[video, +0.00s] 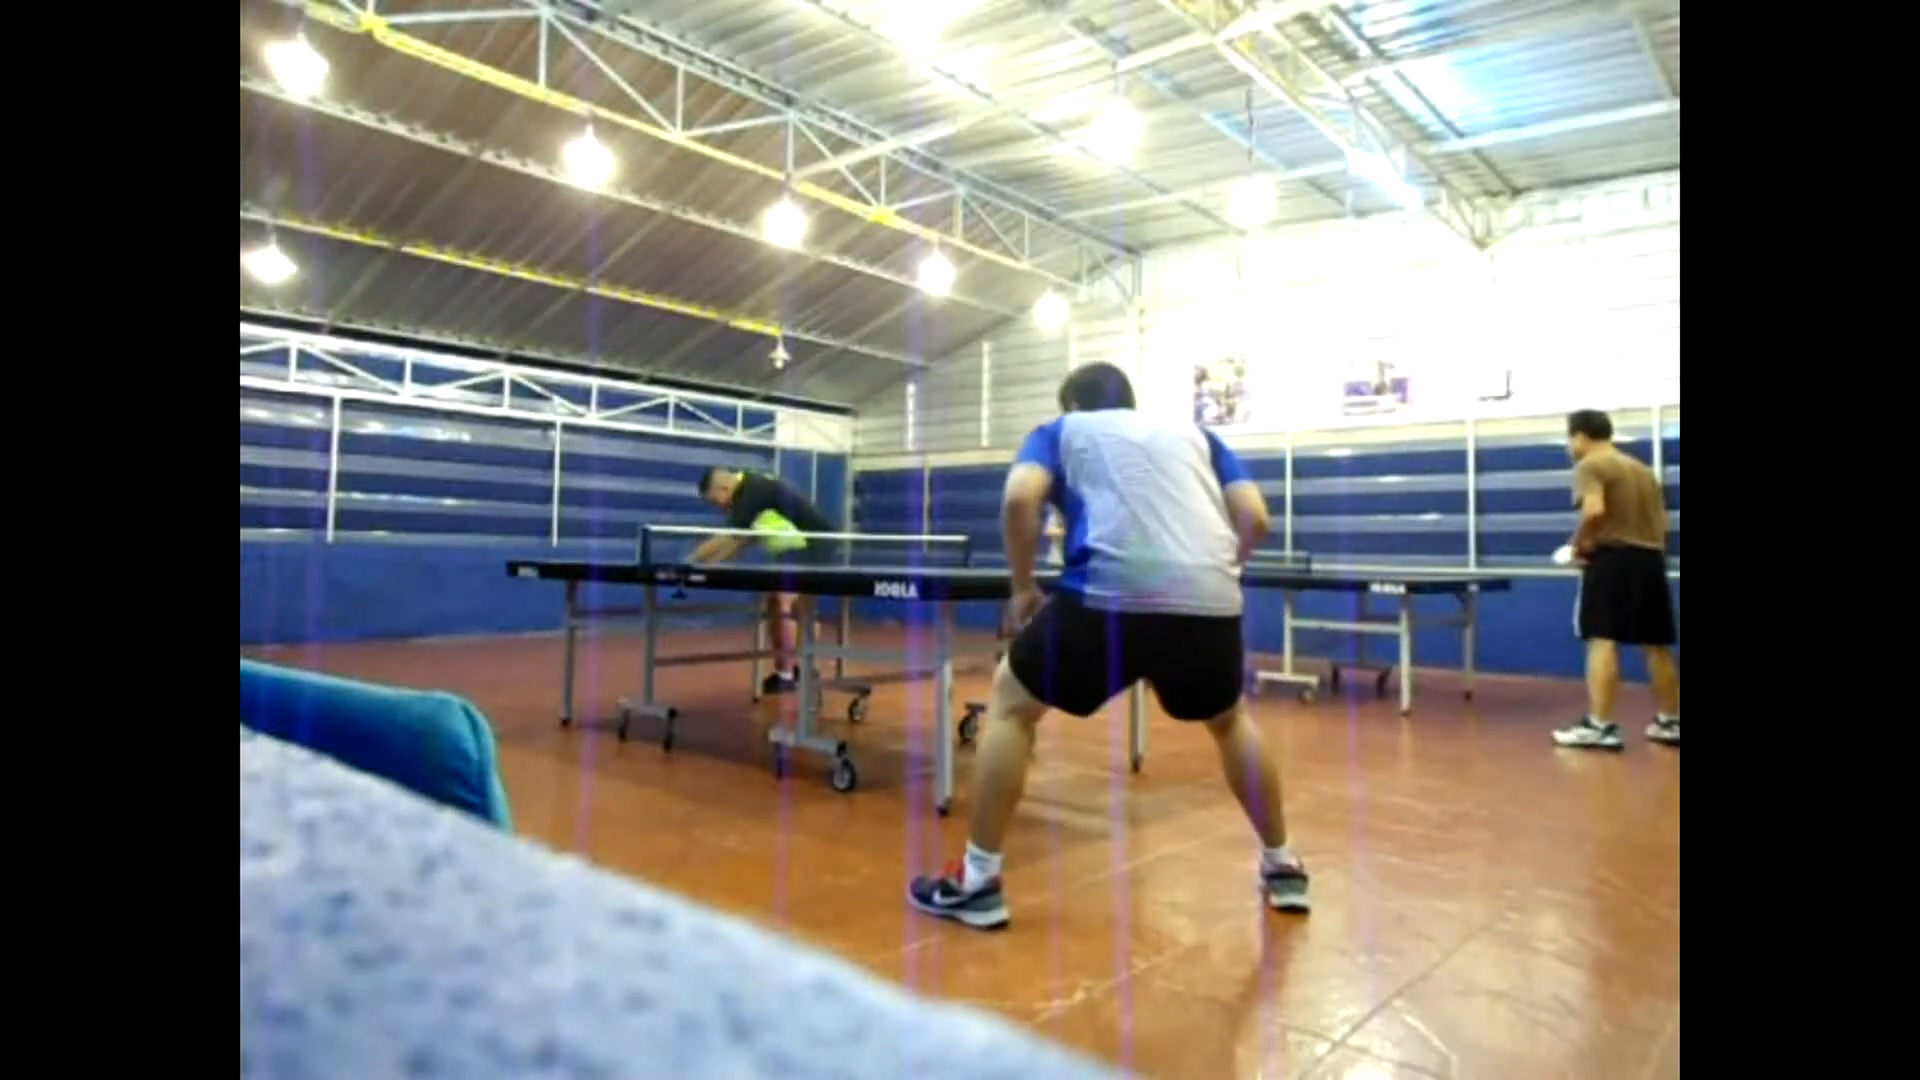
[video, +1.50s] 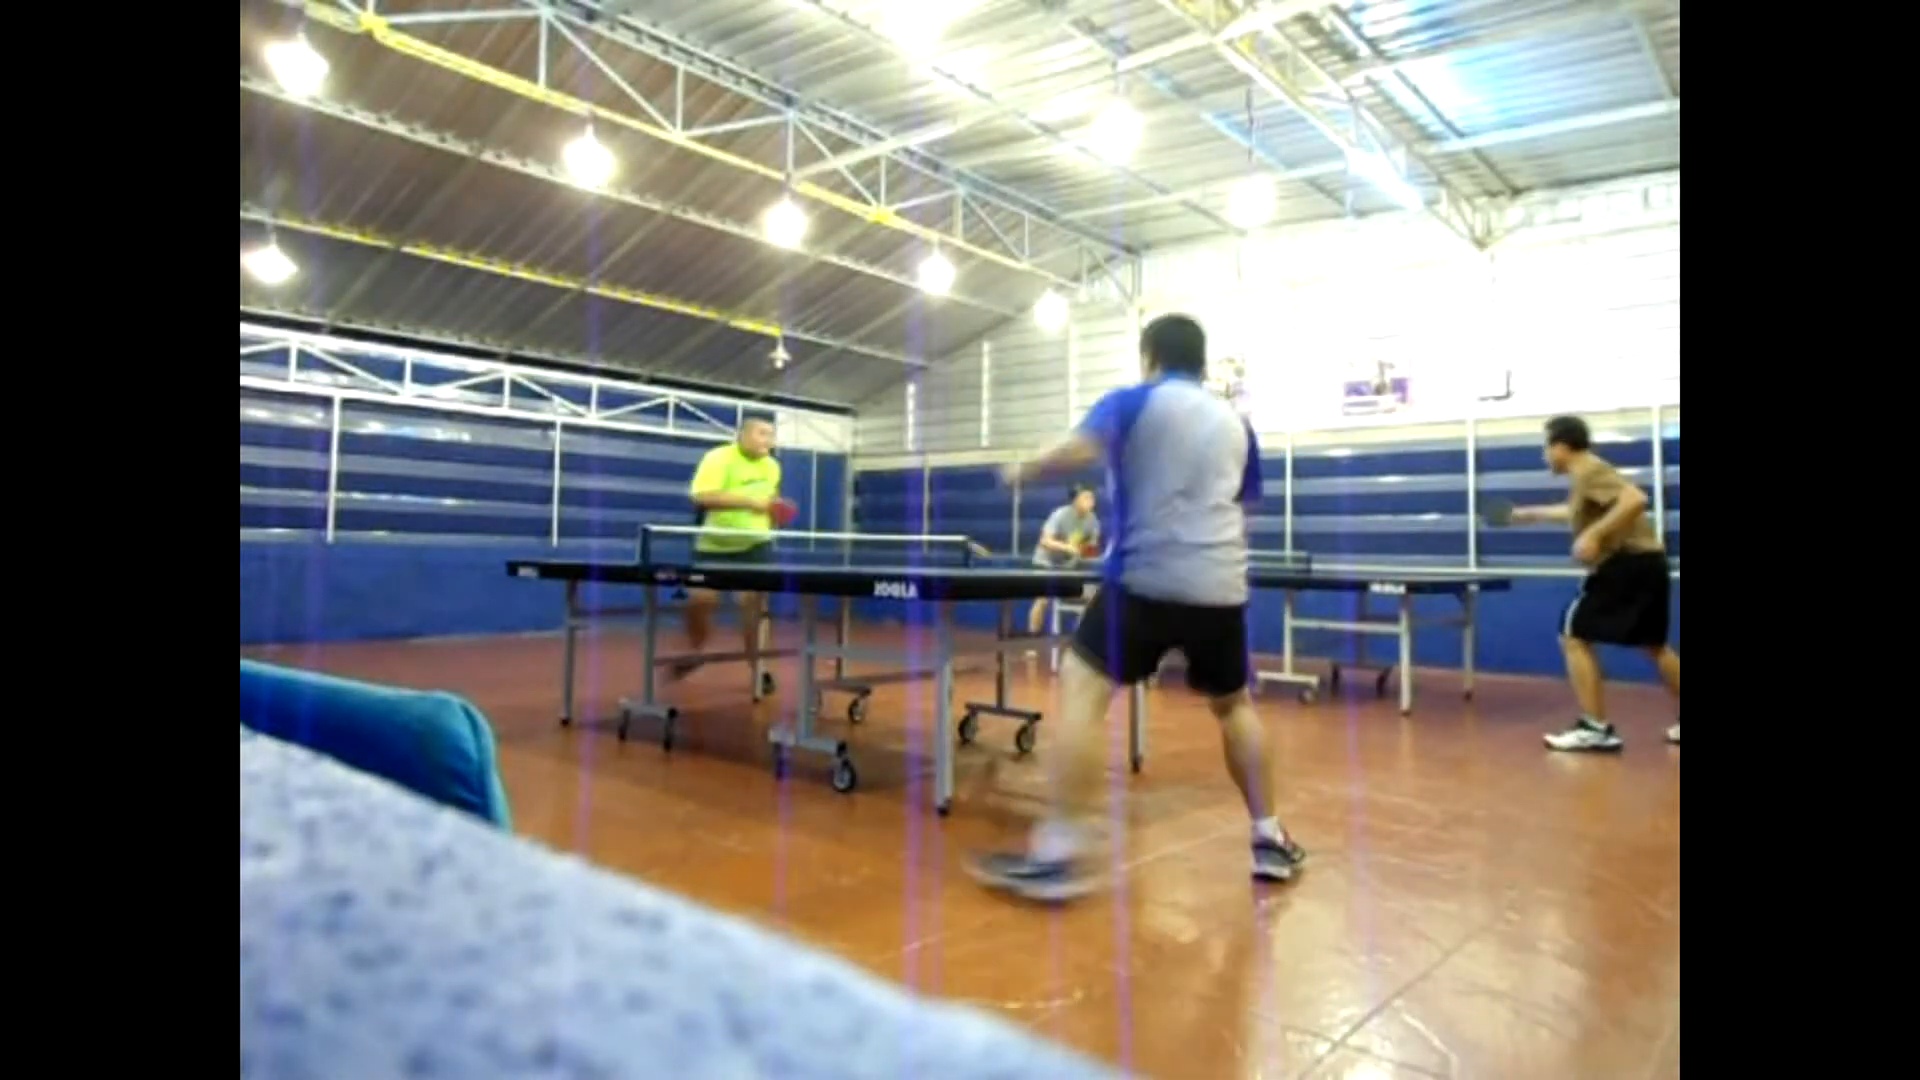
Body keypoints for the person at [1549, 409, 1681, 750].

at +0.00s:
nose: (1570, 446)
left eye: (1572, 438)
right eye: (1570, 439)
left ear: (1584, 437)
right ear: (1606, 435)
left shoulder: (1591, 465)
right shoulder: (1642, 469)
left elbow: (1594, 511)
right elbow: (1660, 521)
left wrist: (1579, 543)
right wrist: (1644, 544)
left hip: (1611, 553)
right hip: (1649, 555)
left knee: (1601, 640)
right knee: (1656, 644)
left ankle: (1599, 723)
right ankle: (1670, 718)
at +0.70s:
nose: (1567, 451)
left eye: (1568, 443)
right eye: (1566, 444)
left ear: (1580, 440)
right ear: (1601, 437)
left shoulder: (1596, 466)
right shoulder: (1635, 467)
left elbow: (1601, 510)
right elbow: (1651, 517)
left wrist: (1580, 539)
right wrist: (1601, 537)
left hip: (1626, 553)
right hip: (1660, 552)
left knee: (1602, 639)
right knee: (1657, 643)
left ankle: (1609, 721)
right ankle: (1671, 718)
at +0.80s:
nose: (1559, 457)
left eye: (1560, 449)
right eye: (1558, 450)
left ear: (1573, 445)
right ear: (1591, 443)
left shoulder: (1593, 469)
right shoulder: (1626, 468)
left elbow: (1590, 517)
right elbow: (1633, 528)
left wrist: (1568, 537)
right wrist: (1589, 537)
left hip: (1632, 554)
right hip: (1665, 551)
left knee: (1603, 638)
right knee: (1657, 642)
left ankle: (1614, 721)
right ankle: (1671, 719)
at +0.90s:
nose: (1546, 466)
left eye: (1547, 458)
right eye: (1545, 459)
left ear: (1560, 455)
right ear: (1577, 450)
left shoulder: (1586, 475)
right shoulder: (1612, 472)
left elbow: (1573, 528)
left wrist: (1546, 532)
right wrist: (1561, 535)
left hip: (1635, 559)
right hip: (1666, 554)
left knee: (1602, 640)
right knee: (1656, 645)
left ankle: (1599, 723)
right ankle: (1671, 719)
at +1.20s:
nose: (1523, 476)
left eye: (1524, 467)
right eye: (1522, 467)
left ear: (1538, 463)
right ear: (1552, 459)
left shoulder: (1568, 484)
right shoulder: (1582, 480)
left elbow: (1558, 530)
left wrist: (1525, 528)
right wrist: (1532, 525)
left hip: (1621, 567)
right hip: (1652, 561)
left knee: (1576, 642)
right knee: (1649, 645)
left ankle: (1595, 725)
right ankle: (1676, 718)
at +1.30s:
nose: (1524, 465)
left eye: (1526, 456)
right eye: (1523, 457)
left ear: (1542, 455)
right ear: (1551, 455)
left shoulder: (1573, 476)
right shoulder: (1560, 486)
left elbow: (1593, 512)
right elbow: (1529, 508)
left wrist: (1554, 532)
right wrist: (1492, 504)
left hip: (1621, 564)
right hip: (1647, 562)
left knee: (1577, 640)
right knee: (1653, 646)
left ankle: (1595, 724)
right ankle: (1680, 718)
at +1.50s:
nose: (1547, 455)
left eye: (1549, 447)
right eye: (1547, 447)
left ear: (1564, 446)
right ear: (1575, 445)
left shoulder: (1589, 470)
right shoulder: (1586, 474)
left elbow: (1633, 498)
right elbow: (1577, 511)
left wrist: (1595, 534)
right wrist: (1533, 514)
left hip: (1624, 563)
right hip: (1649, 562)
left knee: (1574, 638)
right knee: (1655, 645)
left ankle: (1595, 725)